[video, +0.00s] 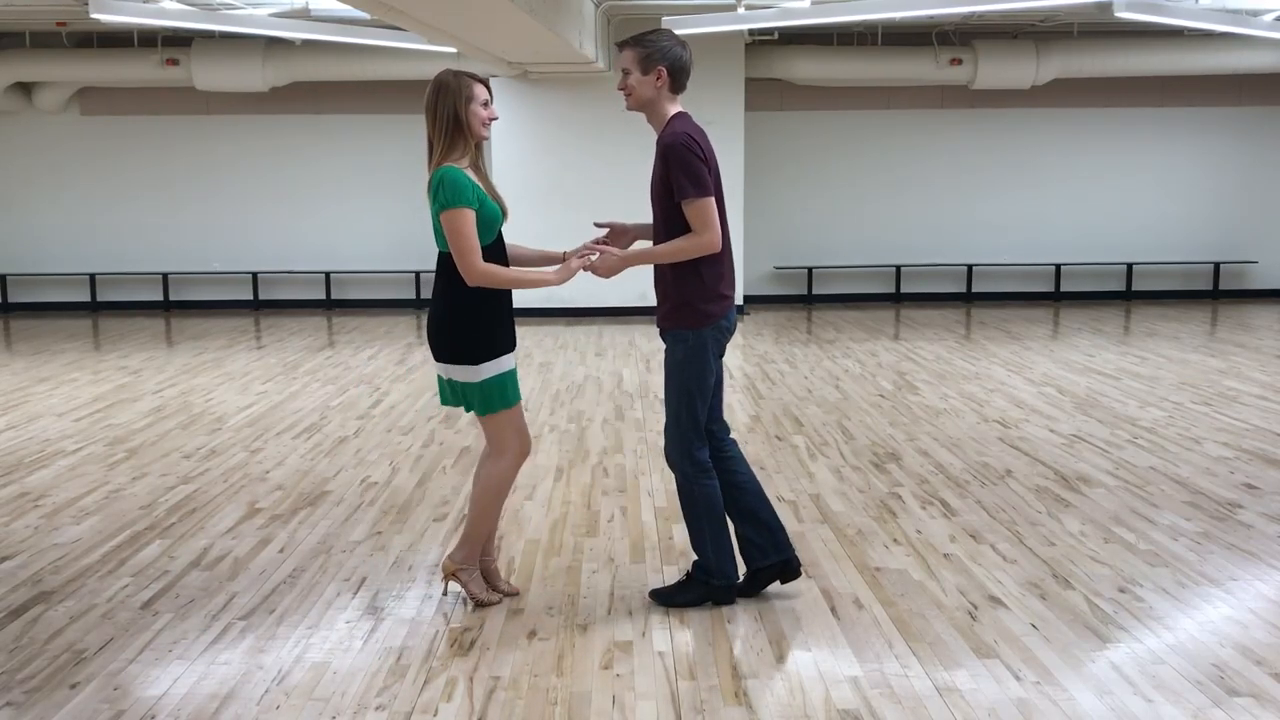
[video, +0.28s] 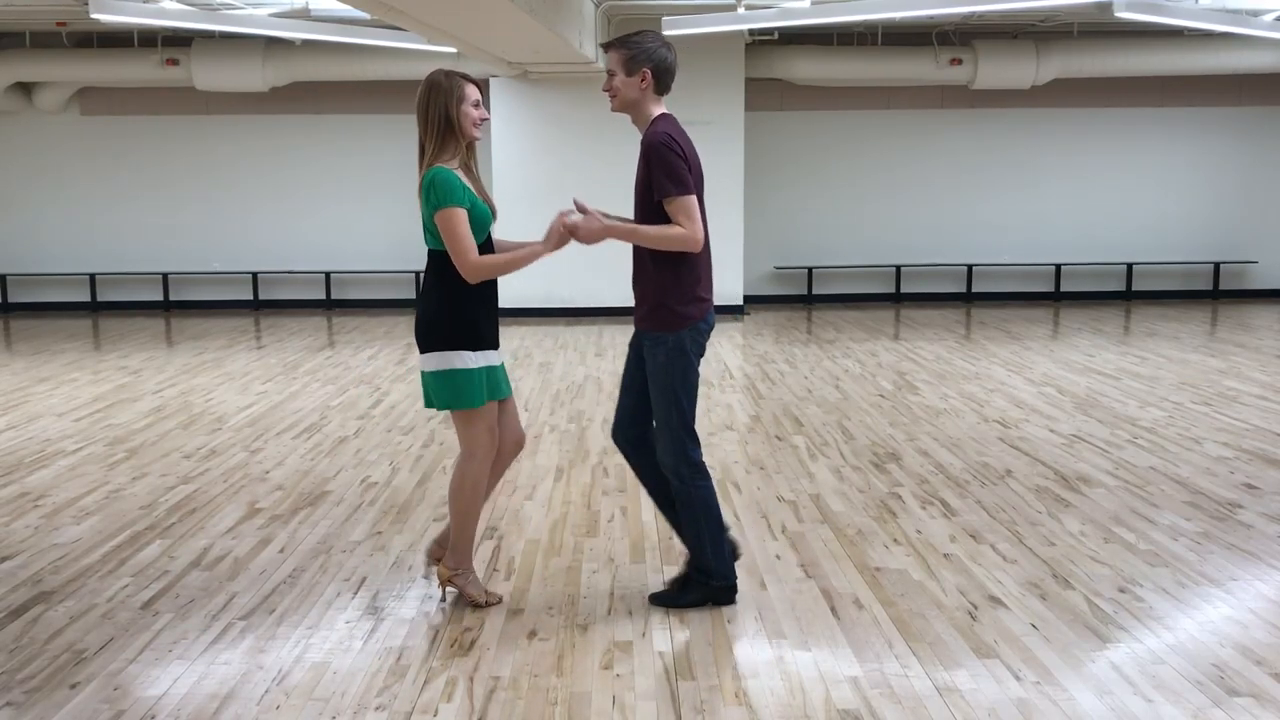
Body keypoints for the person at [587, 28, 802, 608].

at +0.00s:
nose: (619, 84)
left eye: (627, 74)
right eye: (619, 74)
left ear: (658, 76)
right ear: (659, 78)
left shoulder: (679, 141)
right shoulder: (677, 136)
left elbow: (708, 238)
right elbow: (691, 227)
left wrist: (630, 258)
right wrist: (634, 233)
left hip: (695, 318)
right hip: (702, 314)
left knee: (685, 445)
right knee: (710, 436)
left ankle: (715, 573)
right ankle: (771, 556)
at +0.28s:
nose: (606, 87)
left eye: (612, 76)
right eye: (606, 77)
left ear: (645, 79)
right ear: (643, 81)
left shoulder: (663, 140)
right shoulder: (658, 136)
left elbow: (690, 235)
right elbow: (673, 231)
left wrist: (610, 227)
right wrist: (609, 223)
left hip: (678, 323)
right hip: (658, 320)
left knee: (674, 445)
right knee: (631, 433)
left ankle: (715, 576)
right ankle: (710, 545)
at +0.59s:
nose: (577, 82)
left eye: (583, 72)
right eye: (577, 72)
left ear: (614, 75)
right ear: (614, 77)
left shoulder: (627, 139)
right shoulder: (633, 134)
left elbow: (644, 236)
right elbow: (634, 224)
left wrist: (572, 217)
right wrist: (578, 224)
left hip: (629, 318)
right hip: (619, 316)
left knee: (615, 442)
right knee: (607, 440)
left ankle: (696, 558)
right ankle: (632, 568)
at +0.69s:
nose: (565, 84)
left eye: (572, 74)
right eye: (565, 74)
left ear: (602, 77)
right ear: (606, 78)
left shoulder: (617, 142)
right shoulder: (623, 137)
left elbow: (633, 241)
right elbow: (621, 237)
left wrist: (553, 244)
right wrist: (550, 244)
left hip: (610, 318)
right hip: (616, 315)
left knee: (574, 442)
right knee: (600, 437)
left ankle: (643, 565)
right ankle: (628, 567)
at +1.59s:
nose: (564, 93)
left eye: (572, 83)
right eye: (563, 83)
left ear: (607, 85)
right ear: (599, 89)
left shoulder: (622, 139)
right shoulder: (614, 139)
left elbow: (666, 215)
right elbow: (601, 211)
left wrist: (599, 194)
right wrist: (550, 187)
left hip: (614, 313)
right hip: (640, 309)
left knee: (574, 423)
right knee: (633, 427)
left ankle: (615, 537)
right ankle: (677, 555)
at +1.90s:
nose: (572, 102)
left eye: (581, 93)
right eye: (570, 93)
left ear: (613, 96)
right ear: (584, 99)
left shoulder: (628, 150)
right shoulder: (590, 153)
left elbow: (673, 205)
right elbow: (543, 188)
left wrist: (659, 149)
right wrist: (542, 162)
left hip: (606, 314)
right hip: (627, 308)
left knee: (588, 429)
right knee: (615, 421)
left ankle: (628, 538)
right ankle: (683, 519)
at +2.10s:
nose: (578, 97)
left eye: (589, 88)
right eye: (574, 89)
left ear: (618, 91)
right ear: (572, 95)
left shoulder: (627, 145)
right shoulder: (575, 144)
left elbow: (678, 160)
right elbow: (517, 154)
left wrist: (664, 100)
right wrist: (554, 125)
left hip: (607, 303)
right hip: (605, 301)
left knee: (590, 423)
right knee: (597, 415)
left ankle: (628, 536)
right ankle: (669, 508)